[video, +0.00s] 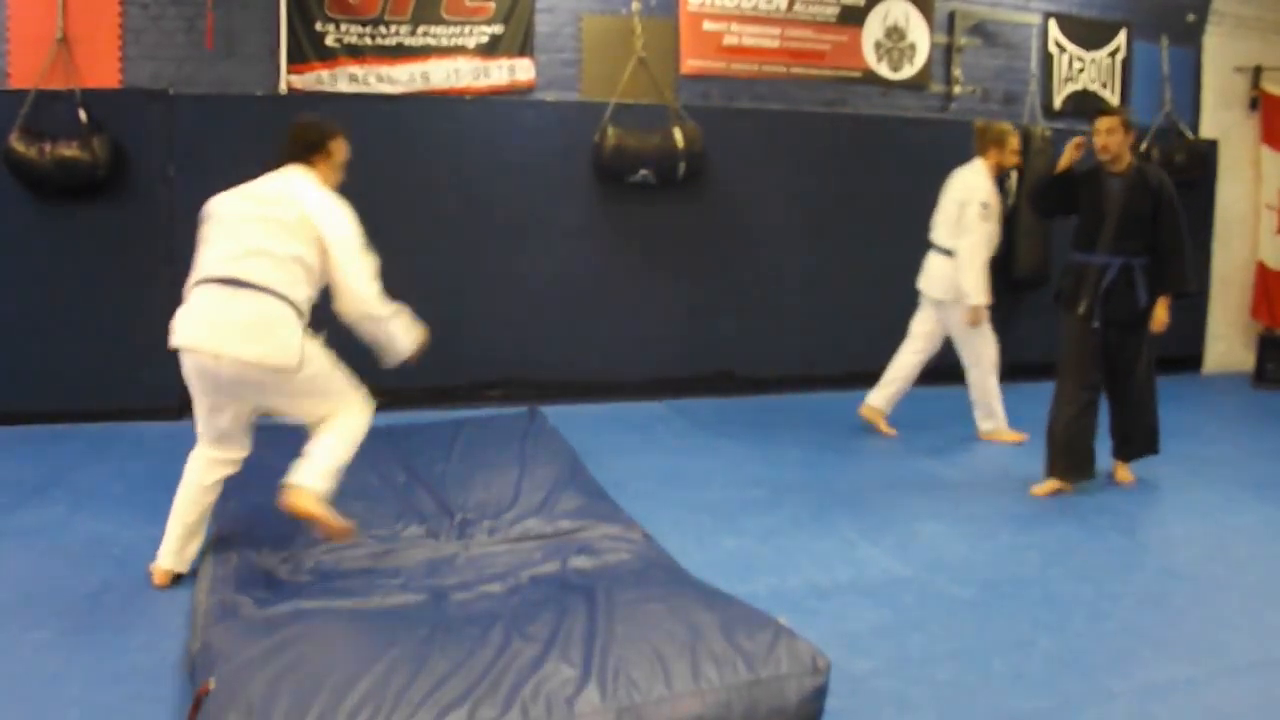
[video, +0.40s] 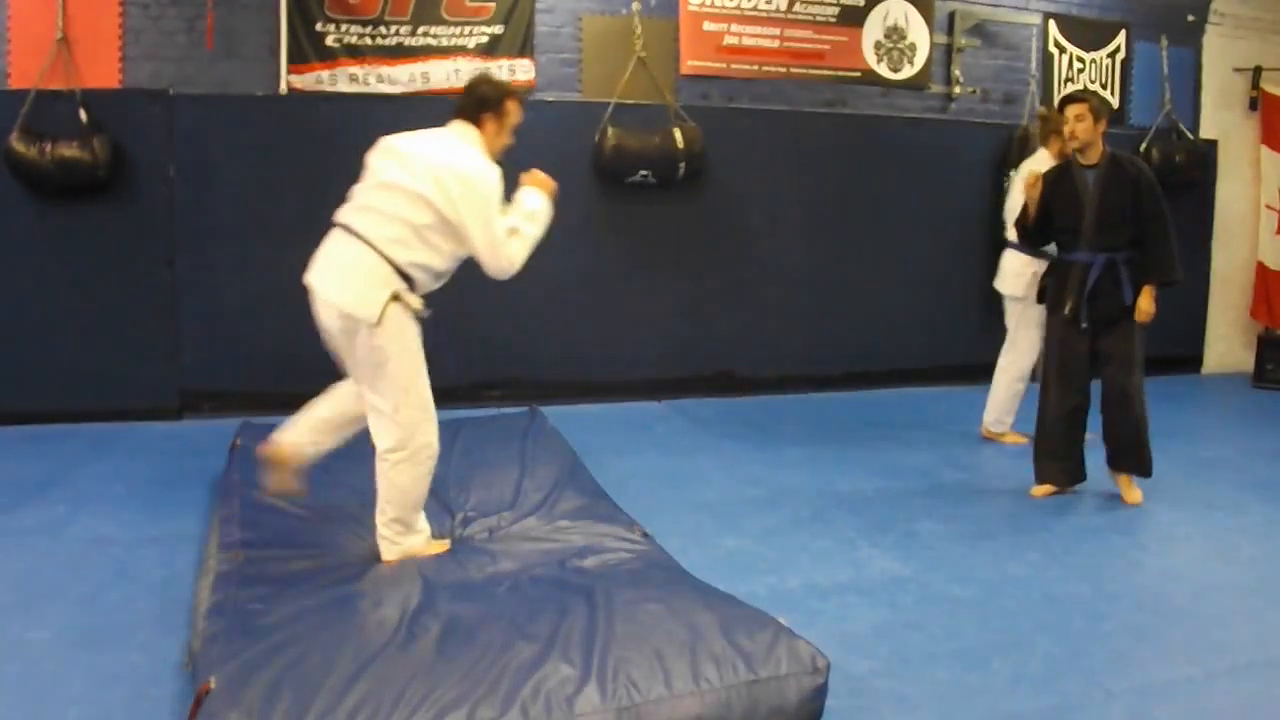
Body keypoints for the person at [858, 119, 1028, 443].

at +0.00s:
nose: (1018, 158)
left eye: (1018, 152)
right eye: (1013, 152)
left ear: (990, 151)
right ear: (994, 151)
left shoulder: (962, 174)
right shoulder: (982, 187)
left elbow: (946, 227)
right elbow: (973, 245)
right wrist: (976, 297)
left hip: (936, 266)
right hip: (958, 274)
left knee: (918, 344)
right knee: (982, 352)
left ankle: (877, 404)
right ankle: (991, 424)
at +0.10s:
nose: (1037, 154)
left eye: (1038, 147)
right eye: (1033, 147)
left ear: (1008, 147)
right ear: (1015, 148)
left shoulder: (986, 170)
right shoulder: (1005, 184)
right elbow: (1003, 243)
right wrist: (1011, 294)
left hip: (959, 264)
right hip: (979, 272)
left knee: (953, 343)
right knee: (997, 349)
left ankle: (901, 391)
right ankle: (994, 425)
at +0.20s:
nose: (1054, 149)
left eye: (1054, 142)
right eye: (1049, 143)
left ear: (1025, 144)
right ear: (1029, 144)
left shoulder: (1000, 168)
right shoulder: (1021, 178)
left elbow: (984, 223)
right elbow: (1027, 234)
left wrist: (969, 266)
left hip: (980, 263)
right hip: (1000, 271)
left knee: (988, 343)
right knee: (1008, 349)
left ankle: (941, 393)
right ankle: (996, 425)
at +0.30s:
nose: (1065, 146)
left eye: (1066, 139)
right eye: (1061, 139)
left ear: (1039, 140)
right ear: (1041, 139)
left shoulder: (1017, 165)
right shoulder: (1032, 172)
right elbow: (1031, 222)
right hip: (1016, 268)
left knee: (1034, 340)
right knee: (1015, 345)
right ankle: (996, 423)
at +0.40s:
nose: (1073, 142)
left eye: (1072, 135)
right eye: (1069, 136)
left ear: (1048, 136)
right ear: (1057, 137)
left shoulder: (1034, 166)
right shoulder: (1041, 171)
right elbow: (1020, 227)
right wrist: (1058, 249)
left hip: (1030, 263)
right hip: (1027, 267)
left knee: (1021, 344)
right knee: (1024, 345)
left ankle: (996, 420)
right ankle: (996, 423)